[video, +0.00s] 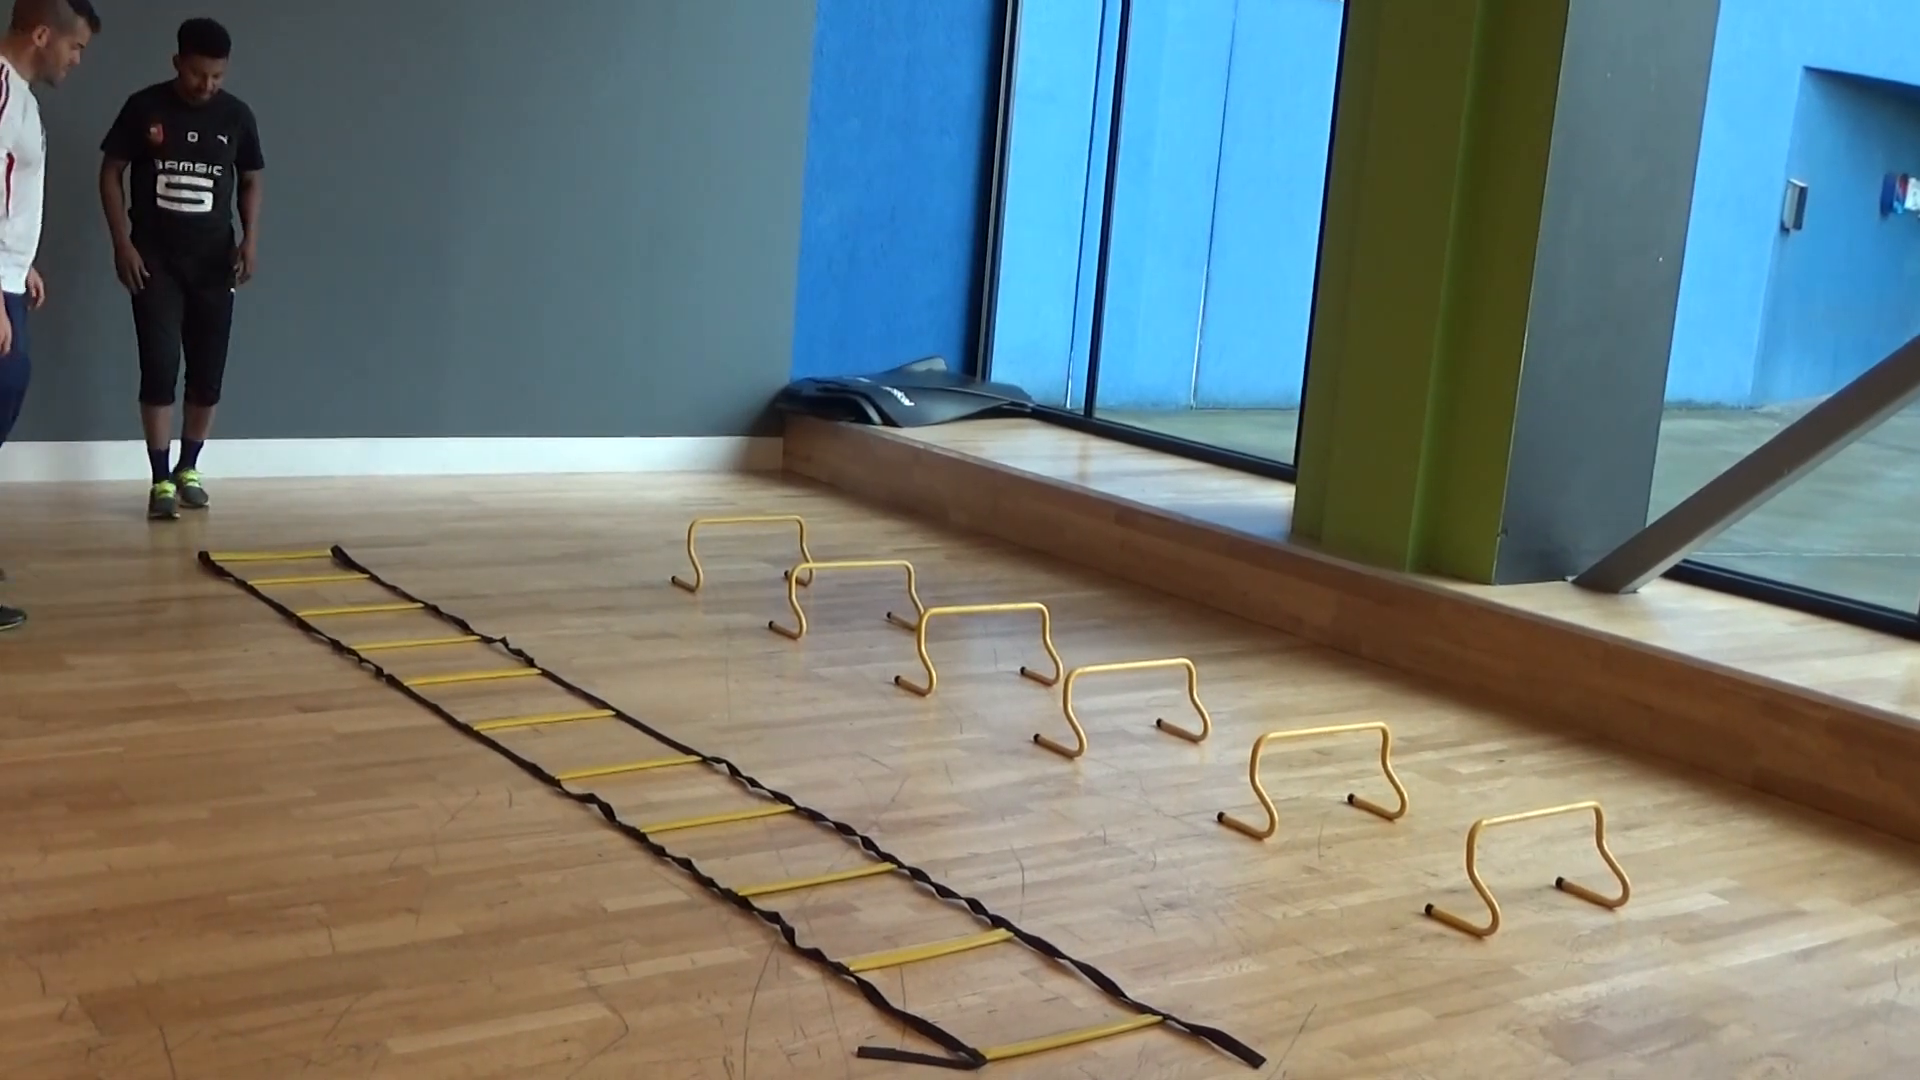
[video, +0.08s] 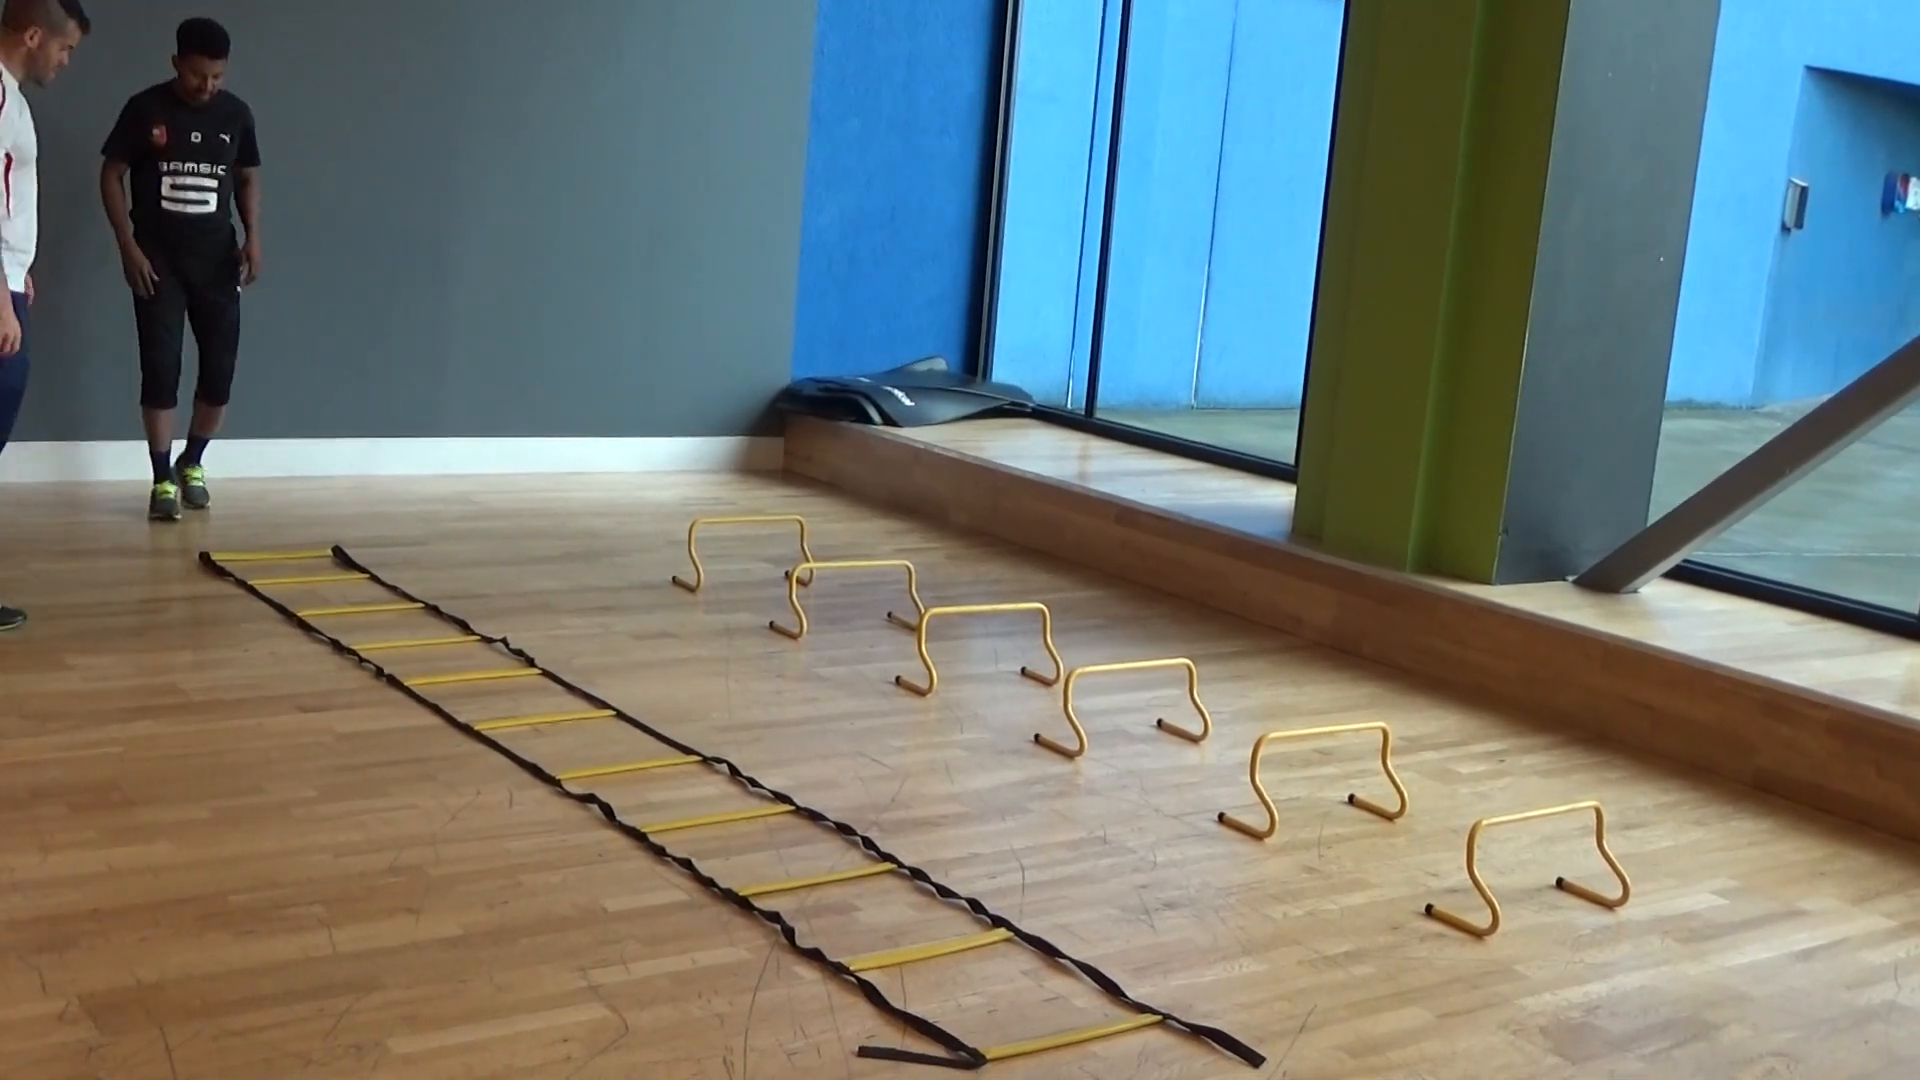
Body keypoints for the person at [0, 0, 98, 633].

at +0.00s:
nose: (77, 60)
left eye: (81, 49)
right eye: (74, 47)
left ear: (39, 35)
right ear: (39, 36)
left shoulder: (24, 99)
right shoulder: (8, 98)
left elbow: (12, 198)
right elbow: (4, 203)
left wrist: (23, 262)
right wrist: (1, 299)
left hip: (15, 292)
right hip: (4, 298)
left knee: (10, 409)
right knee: (5, 411)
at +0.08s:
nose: (67, 60)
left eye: (71, 50)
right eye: (64, 47)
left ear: (31, 37)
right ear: (31, 37)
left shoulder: (16, 102)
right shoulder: (5, 102)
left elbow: (14, 200)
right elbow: (3, 206)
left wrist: (23, 272)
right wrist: (1, 303)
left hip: (15, 289)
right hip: (6, 294)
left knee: (2, 437)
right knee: (0, 438)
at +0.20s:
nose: (50, 68)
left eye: (55, 57)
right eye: (49, 55)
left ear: (18, 43)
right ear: (17, 42)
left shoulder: (7, 107)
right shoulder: (2, 109)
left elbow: (7, 211)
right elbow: (1, 212)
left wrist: (18, 295)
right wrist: (15, 295)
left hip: (10, 304)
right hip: (3, 305)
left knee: (9, 414)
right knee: (5, 416)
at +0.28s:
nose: (43, 72)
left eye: (48, 61)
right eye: (42, 59)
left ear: (13, 49)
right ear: (12, 47)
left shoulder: (6, 114)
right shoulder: (1, 115)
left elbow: (3, 211)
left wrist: (23, 288)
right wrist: (26, 288)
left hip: (5, 295)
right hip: (2, 296)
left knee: (7, 409)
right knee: (5, 410)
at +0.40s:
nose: (36, 73)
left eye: (42, 63)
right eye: (37, 60)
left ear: (11, 50)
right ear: (9, 48)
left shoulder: (3, 111)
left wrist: (24, 287)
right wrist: (27, 287)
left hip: (4, 289)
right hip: (1, 291)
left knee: (16, 395)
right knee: (13, 397)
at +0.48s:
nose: (35, 73)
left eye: (40, 63)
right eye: (36, 60)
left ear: (11, 48)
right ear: (10, 46)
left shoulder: (4, 105)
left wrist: (16, 282)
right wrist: (15, 281)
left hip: (7, 292)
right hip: (5, 294)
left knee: (24, 398)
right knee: (22, 399)